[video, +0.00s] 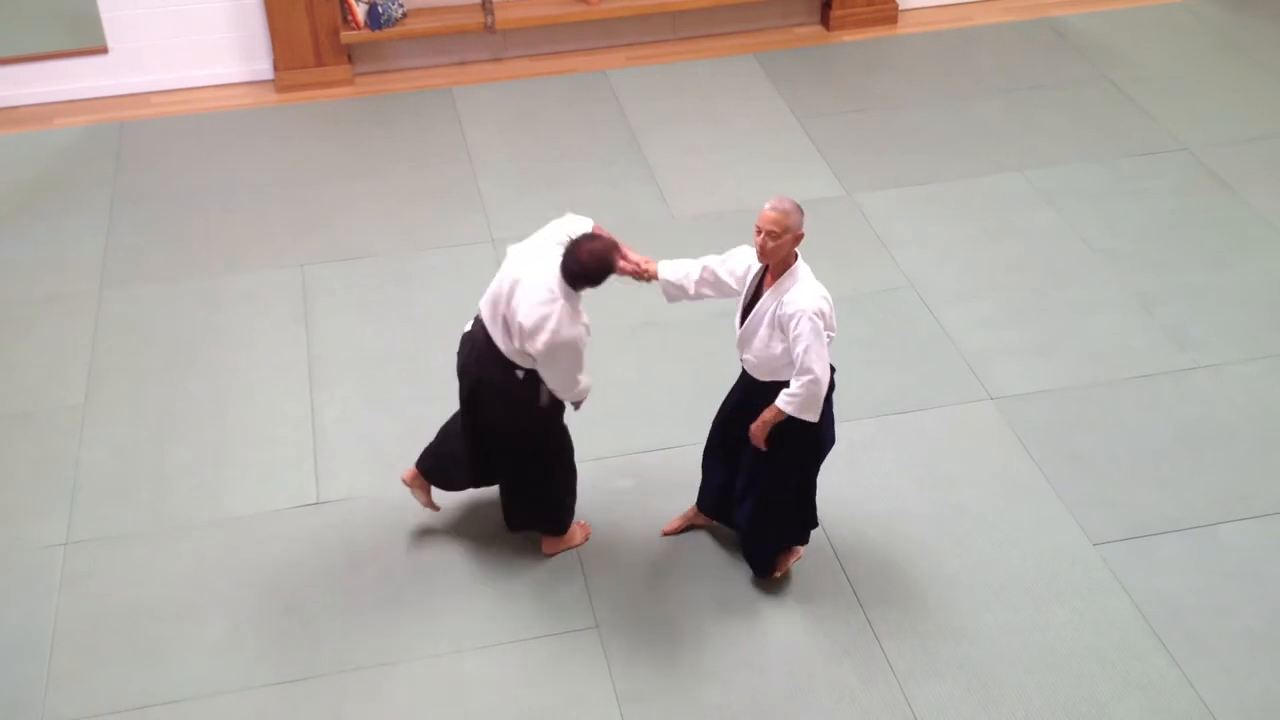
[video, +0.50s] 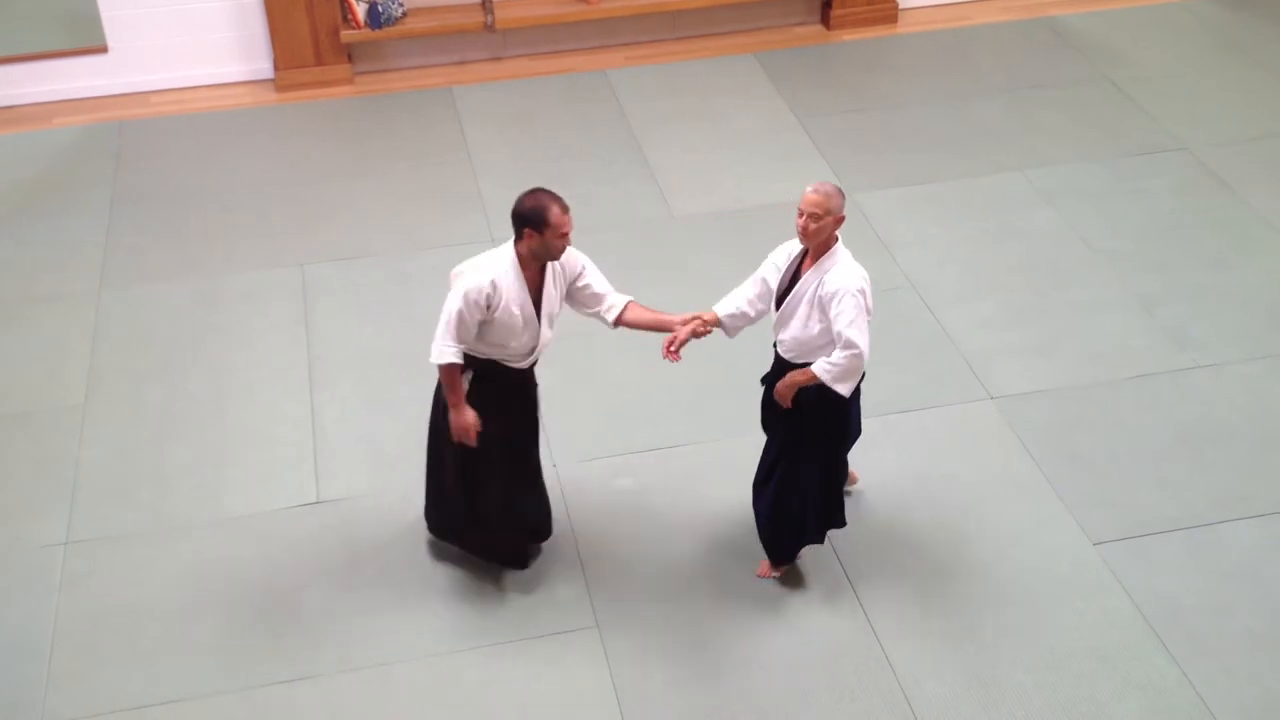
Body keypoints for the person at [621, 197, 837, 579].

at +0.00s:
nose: (760, 242)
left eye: (771, 236)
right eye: (758, 232)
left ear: (797, 240)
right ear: (754, 229)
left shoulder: (804, 303)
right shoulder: (752, 263)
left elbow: (812, 378)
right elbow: (704, 272)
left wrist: (769, 417)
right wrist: (652, 269)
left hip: (794, 401)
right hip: (754, 382)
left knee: (779, 478)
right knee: (723, 442)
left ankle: (788, 544)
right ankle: (709, 509)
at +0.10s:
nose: (769, 241)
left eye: (781, 236)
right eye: (766, 231)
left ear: (805, 239)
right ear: (763, 228)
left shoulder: (812, 302)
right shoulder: (756, 265)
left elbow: (822, 377)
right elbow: (711, 286)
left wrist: (782, 414)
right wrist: (652, 290)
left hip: (802, 400)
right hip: (761, 382)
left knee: (779, 477)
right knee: (730, 445)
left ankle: (783, 548)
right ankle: (728, 507)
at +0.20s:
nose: (777, 239)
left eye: (788, 233)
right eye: (774, 229)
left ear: (813, 237)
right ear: (770, 226)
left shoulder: (820, 299)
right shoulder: (764, 266)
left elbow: (831, 373)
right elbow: (720, 298)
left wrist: (789, 410)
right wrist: (658, 314)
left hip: (806, 402)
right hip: (765, 384)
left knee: (784, 479)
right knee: (741, 453)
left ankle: (781, 560)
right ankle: (757, 526)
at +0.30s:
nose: (785, 236)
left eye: (797, 230)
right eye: (783, 226)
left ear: (821, 235)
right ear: (778, 224)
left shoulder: (829, 295)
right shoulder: (773, 264)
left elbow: (839, 370)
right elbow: (731, 303)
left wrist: (792, 404)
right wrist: (673, 324)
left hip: (807, 402)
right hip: (769, 384)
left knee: (786, 479)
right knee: (761, 460)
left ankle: (780, 559)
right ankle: (788, 530)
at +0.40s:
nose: (794, 231)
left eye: (805, 225)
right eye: (792, 221)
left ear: (829, 230)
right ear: (787, 219)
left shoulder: (837, 290)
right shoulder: (780, 261)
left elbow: (845, 363)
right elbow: (739, 303)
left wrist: (794, 393)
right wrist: (685, 326)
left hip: (812, 399)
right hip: (775, 379)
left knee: (783, 479)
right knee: (776, 445)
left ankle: (781, 557)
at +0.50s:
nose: (803, 224)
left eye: (814, 218)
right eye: (800, 214)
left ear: (837, 223)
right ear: (796, 212)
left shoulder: (847, 281)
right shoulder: (789, 254)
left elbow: (852, 355)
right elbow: (751, 297)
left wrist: (796, 379)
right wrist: (700, 323)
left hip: (821, 391)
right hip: (785, 373)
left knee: (782, 474)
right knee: (792, 441)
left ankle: (782, 555)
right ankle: (838, 474)